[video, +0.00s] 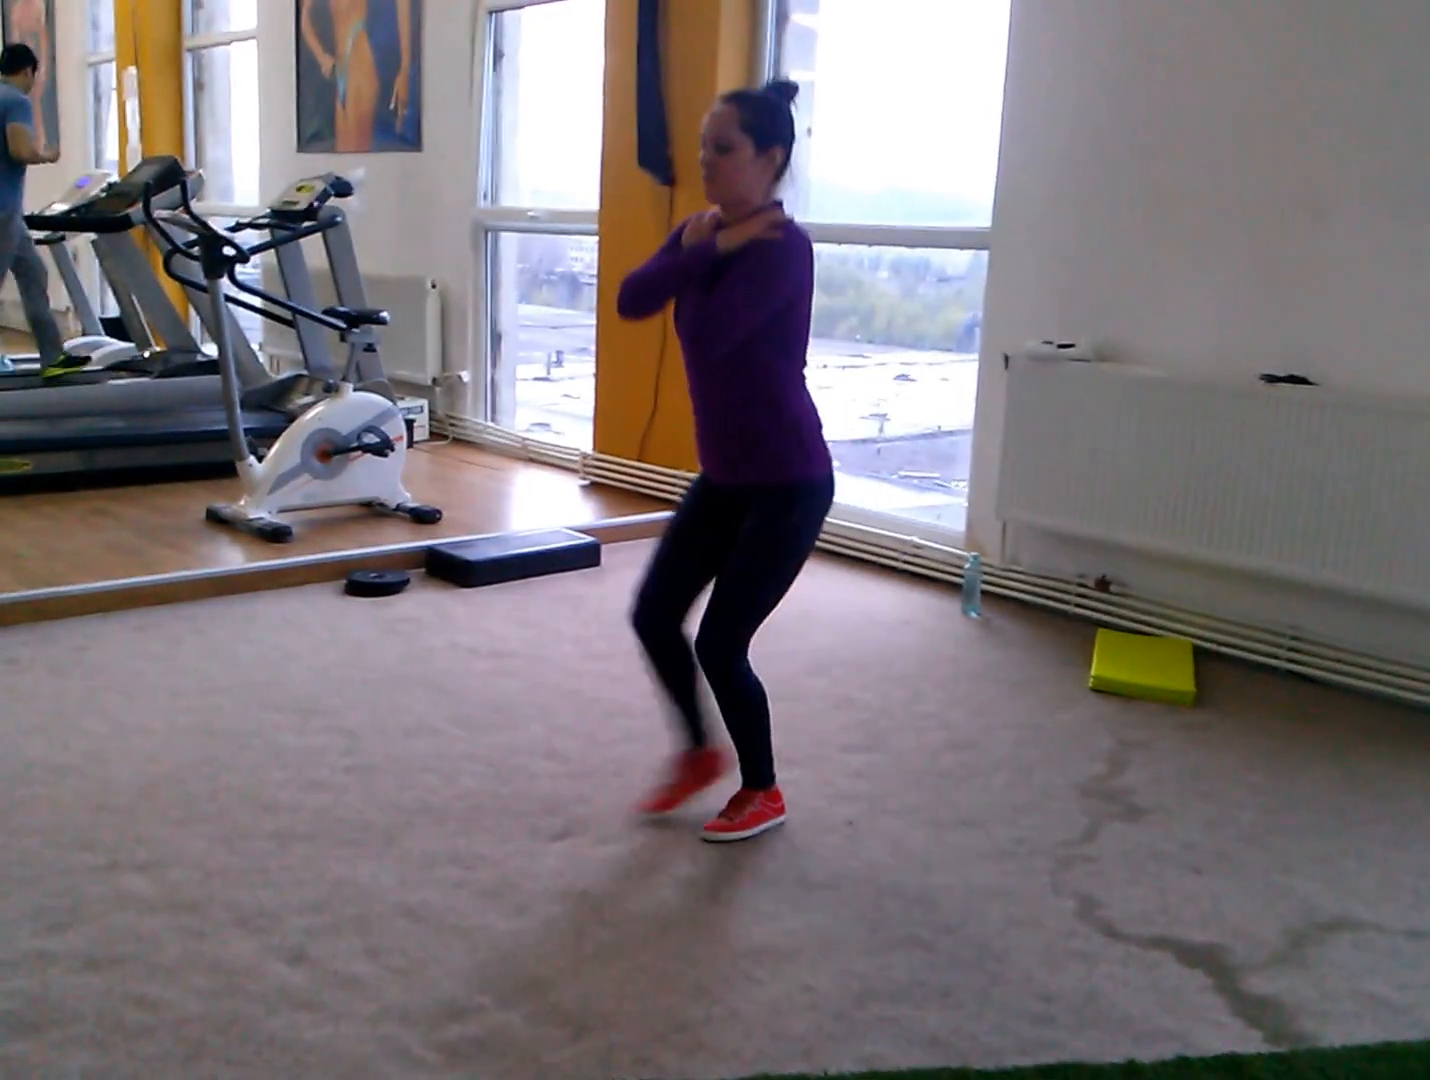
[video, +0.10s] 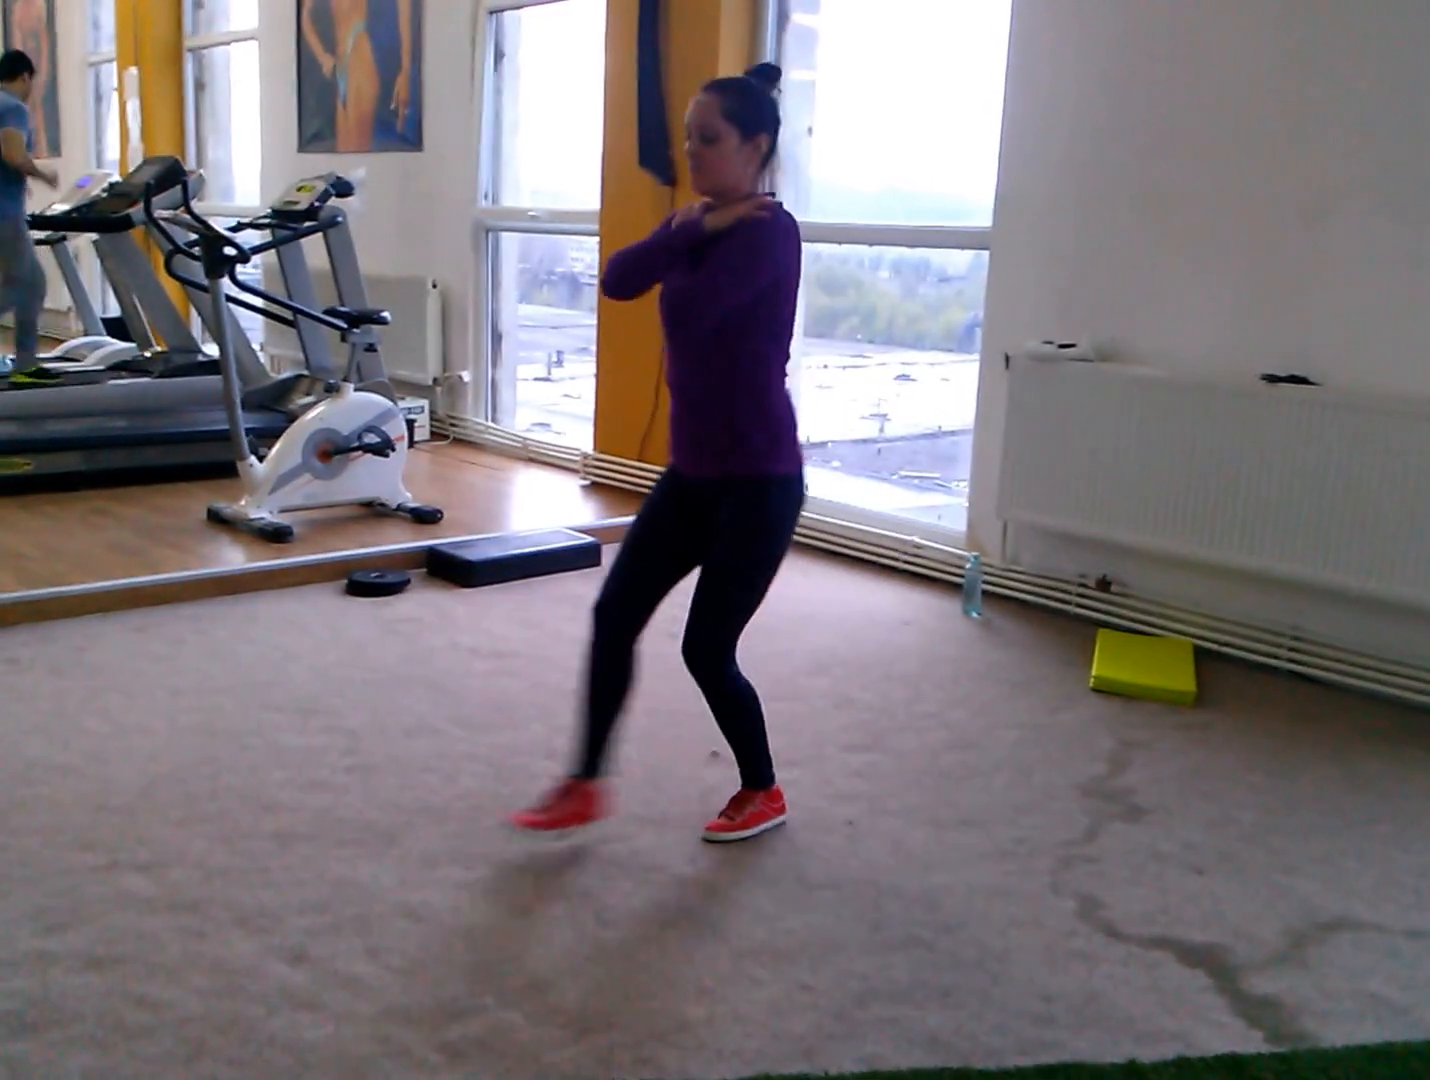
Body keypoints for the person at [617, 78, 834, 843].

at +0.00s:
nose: (706, 163)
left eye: (723, 150)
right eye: (704, 149)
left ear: (771, 160)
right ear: (707, 156)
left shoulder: (783, 247)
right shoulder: (699, 236)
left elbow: (709, 333)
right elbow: (631, 302)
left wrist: (690, 252)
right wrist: (706, 245)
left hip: (790, 484)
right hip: (723, 477)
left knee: (721, 645)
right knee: (654, 615)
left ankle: (761, 789)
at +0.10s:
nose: (691, 152)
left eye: (709, 139)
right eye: (689, 137)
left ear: (758, 148)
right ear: (690, 142)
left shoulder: (771, 233)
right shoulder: (691, 226)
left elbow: (692, 310)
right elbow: (618, 283)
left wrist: (677, 240)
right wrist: (688, 228)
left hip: (760, 483)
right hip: (691, 476)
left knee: (707, 649)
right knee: (615, 617)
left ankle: (761, 790)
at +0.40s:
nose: (613, 210)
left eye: (628, 196)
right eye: (609, 195)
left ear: (677, 202)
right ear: (610, 198)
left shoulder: (693, 289)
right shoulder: (616, 282)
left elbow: (614, 347)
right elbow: (534, 318)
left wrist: (588, 301)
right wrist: (621, 273)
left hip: (650, 541)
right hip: (578, 528)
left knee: (617, 733)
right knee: (463, 660)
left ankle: (737, 769)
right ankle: (437, 841)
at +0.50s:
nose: (572, 248)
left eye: (586, 233)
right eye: (569, 233)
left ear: (637, 237)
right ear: (605, 237)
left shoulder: (654, 322)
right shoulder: (582, 313)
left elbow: (573, 394)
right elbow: (492, 354)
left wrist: (538, 351)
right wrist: (582, 309)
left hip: (613, 577)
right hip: (540, 563)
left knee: (594, 774)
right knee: (415, 672)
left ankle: (727, 771)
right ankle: (433, 844)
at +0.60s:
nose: (535, 275)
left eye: (550, 261)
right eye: (532, 261)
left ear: (602, 266)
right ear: (539, 269)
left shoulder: (618, 352)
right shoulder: (546, 347)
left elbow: (526, 429)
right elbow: (458, 389)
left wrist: (513, 377)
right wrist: (543, 341)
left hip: (596, 611)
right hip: (524, 596)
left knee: (578, 805)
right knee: (392, 682)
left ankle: (718, 774)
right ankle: (433, 844)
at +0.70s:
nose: (505, 305)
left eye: (518, 290)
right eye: (502, 290)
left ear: (571, 291)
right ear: (550, 295)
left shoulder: (590, 378)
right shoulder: (526, 369)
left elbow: (494, 461)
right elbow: (435, 425)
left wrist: (513, 393)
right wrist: (525, 370)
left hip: (583, 637)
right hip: (514, 621)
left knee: (572, 834)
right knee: (376, 686)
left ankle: (716, 777)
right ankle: (433, 844)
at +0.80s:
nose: (486, 325)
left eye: (500, 309)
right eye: (484, 310)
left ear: (555, 309)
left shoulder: (578, 400)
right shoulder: (512, 389)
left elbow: (477, 484)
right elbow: (423, 449)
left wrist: (501, 409)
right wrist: (508, 389)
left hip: (574, 652)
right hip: (504, 636)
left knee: (568, 849)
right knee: (372, 692)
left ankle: (715, 779)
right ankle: (434, 844)